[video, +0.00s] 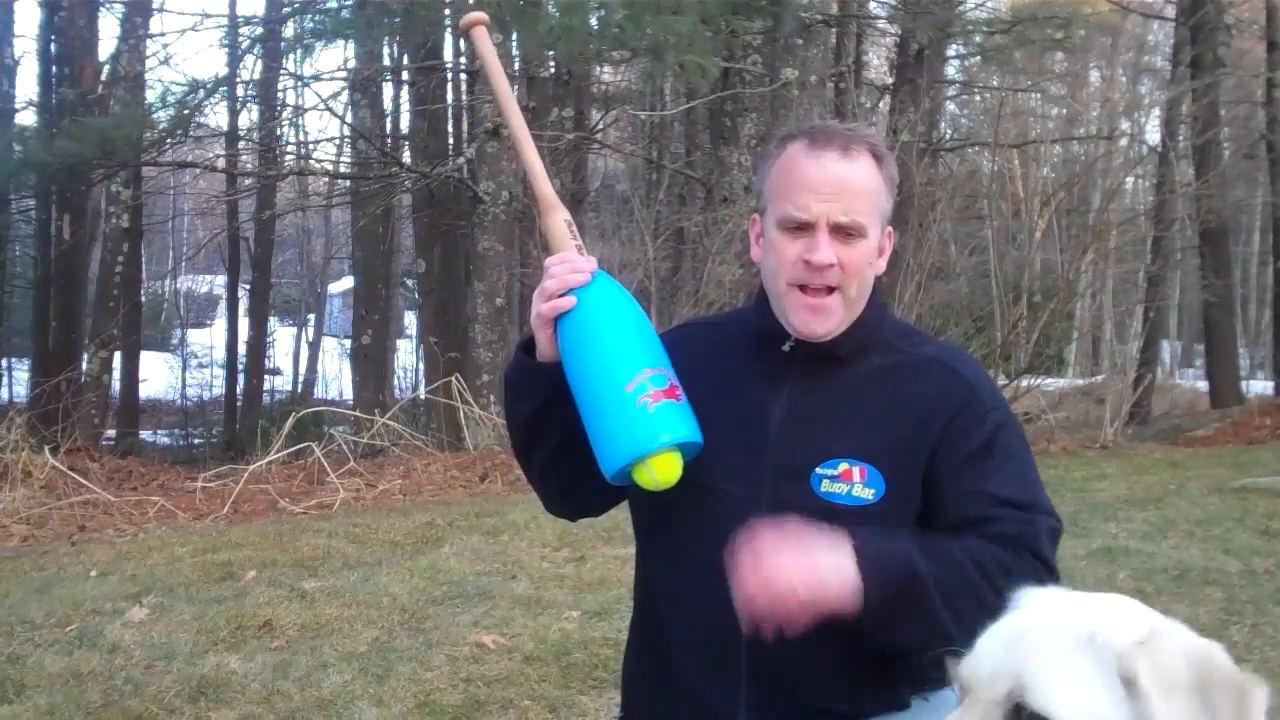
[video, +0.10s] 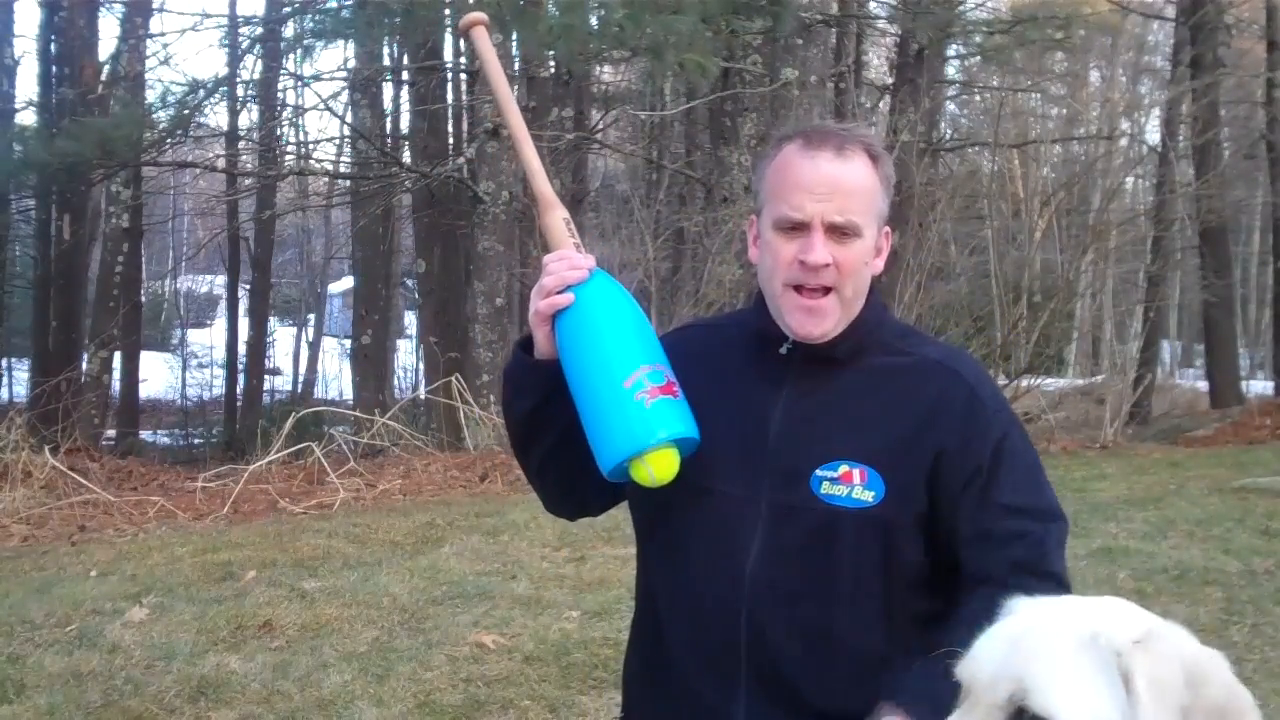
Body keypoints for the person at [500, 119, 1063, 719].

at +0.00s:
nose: (820, 255)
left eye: (846, 231)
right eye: (797, 228)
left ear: (883, 250)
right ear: (757, 239)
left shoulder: (944, 391)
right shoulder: (676, 363)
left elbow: (1018, 560)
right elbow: (575, 490)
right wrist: (546, 362)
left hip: (879, 706)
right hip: (684, 703)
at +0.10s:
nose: (814, 256)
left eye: (841, 232)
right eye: (792, 229)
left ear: (880, 251)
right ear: (753, 241)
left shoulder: (947, 397)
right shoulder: (675, 366)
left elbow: (1022, 580)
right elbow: (575, 489)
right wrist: (543, 360)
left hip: (851, 708)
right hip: (675, 704)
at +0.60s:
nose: (804, 255)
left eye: (830, 229)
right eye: (781, 228)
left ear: (873, 248)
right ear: (747, 243)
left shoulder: (951, 399)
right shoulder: (680, 369)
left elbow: (1027, 582)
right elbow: (585, 507)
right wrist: (550, 376)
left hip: (853, 716)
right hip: (677, 706)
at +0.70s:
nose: (806, 253)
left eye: (832, 229)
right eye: (784, 228)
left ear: (875, 248)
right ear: (749, 242)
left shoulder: (948, 398)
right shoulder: (678, 369)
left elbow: (1009, 590)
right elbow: (594, 517)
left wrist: (826, 599)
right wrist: (566, 397)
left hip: (860, 708)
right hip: (681, 706)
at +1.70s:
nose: (794, 249)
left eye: (821, 225)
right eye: (773, 223)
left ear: (867, 248)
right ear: (742, 239)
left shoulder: (948, 395)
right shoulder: (676, 368)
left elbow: (977, 587)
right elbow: (605, 528)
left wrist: (794, 548)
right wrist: (572, 411)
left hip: (861, 706)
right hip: (680, 703)